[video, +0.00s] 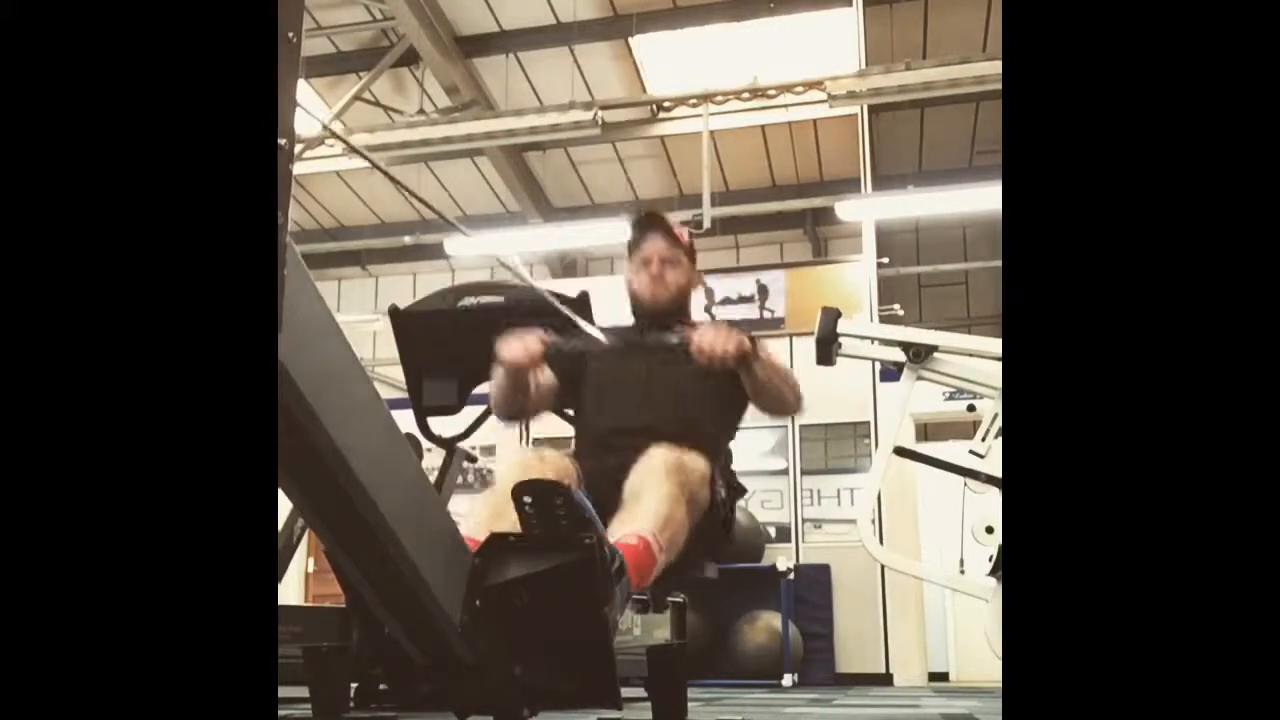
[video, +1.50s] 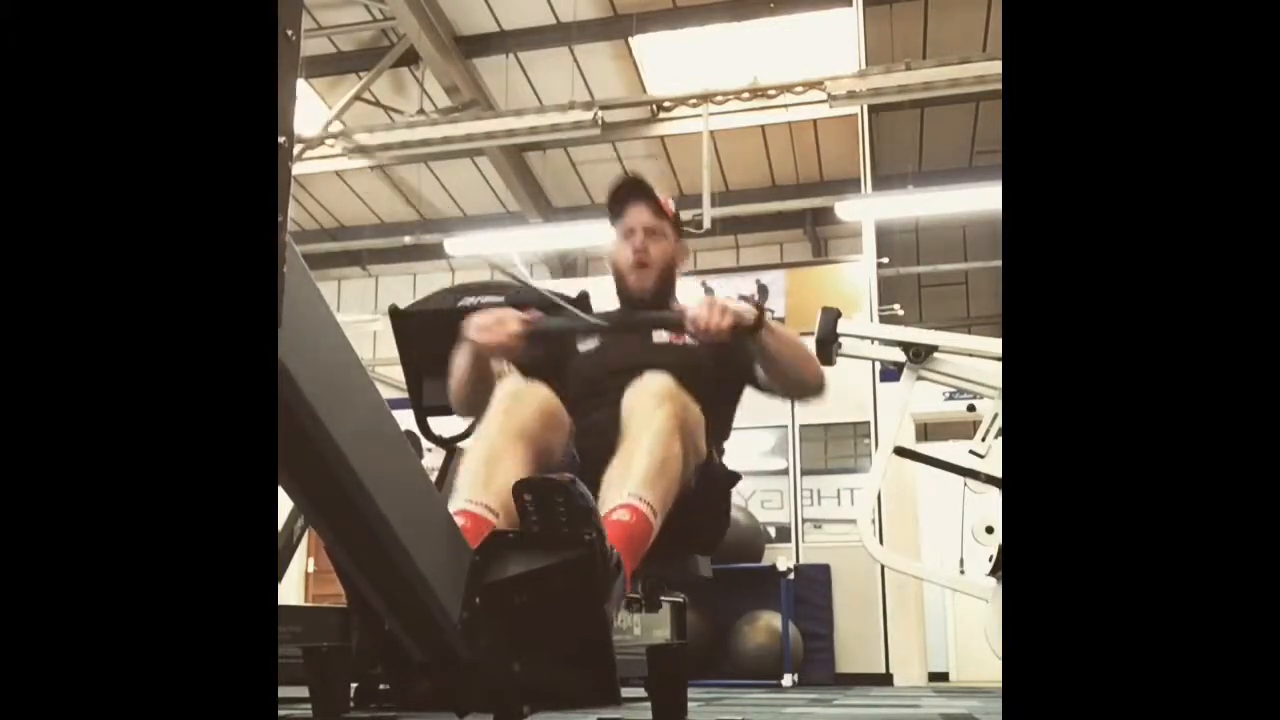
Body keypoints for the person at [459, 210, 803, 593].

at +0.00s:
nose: (655, 272)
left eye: (670, 262)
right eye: (643, 263)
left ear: (694, 277)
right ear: (627, 276)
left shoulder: (724, 345)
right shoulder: (594, 349)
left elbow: (787, 404)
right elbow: (511, 409)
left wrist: (747, 356)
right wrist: (513, 367)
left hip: (691, 488)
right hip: (592, 484)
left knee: (666, 462)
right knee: (533, 464)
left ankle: (609, 582)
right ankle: (470, 567)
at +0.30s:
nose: (649, 285)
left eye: (664, 276)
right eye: (638, 277)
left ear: (690, 289)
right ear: (623, 290)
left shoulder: (723, 355)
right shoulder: (579, 356)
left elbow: (817, 423)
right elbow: (487, 437)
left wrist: (764, 355)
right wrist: (513, 364)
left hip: (689, 504)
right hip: (579, 495)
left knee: (657, 434)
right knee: (534, 435)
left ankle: (613, 571)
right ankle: (468, 553)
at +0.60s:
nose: (600, 159)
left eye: (618, 149)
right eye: (586, 152)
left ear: (650, 169)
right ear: (569, 178)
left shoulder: (696, 253)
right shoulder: (520, 276)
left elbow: (741, 314)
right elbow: (447, 329)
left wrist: (697, 287)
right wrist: (390, 321)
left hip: (669, 489)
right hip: (549, 489)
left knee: (650, 341)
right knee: (487, 339)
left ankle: (606, 556)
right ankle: (441, 559)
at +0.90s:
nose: (624, 185)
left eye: (640, 175)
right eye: (610, 177)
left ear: (668, 194)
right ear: (593, 200)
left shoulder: (704, 268)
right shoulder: (562, 274)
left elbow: (746, 336)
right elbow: (485, 340)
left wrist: (705, 300)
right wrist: (442, 321)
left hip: (674, 472)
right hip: (559, 469)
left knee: (666, 390)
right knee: (514, 394)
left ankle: (610, 572)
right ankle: (451, 557)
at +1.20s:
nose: (656, 307)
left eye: (671, 298)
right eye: (646, 298)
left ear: (695, 311)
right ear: (633, 308)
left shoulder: (728, 374)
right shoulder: (596, 372)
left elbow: (818, 447)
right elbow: (511, 447)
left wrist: (766, 378)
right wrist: (537, 384)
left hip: (694, 499)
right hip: (597, 488)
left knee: (660, 466)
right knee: (549, 473)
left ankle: (611, 581)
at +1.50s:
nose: (639, 246)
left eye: (654, 235)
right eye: (628, 235)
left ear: (680, 250)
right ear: (612, 251)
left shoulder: (717, 329)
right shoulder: (571, 332)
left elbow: (809, 383)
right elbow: (468, 407)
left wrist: (753, 326)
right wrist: (473, 344)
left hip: (681, 501)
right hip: (568, 492)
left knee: (654, 391)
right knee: (521, 395)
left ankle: (606, 567)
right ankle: (458, 553)